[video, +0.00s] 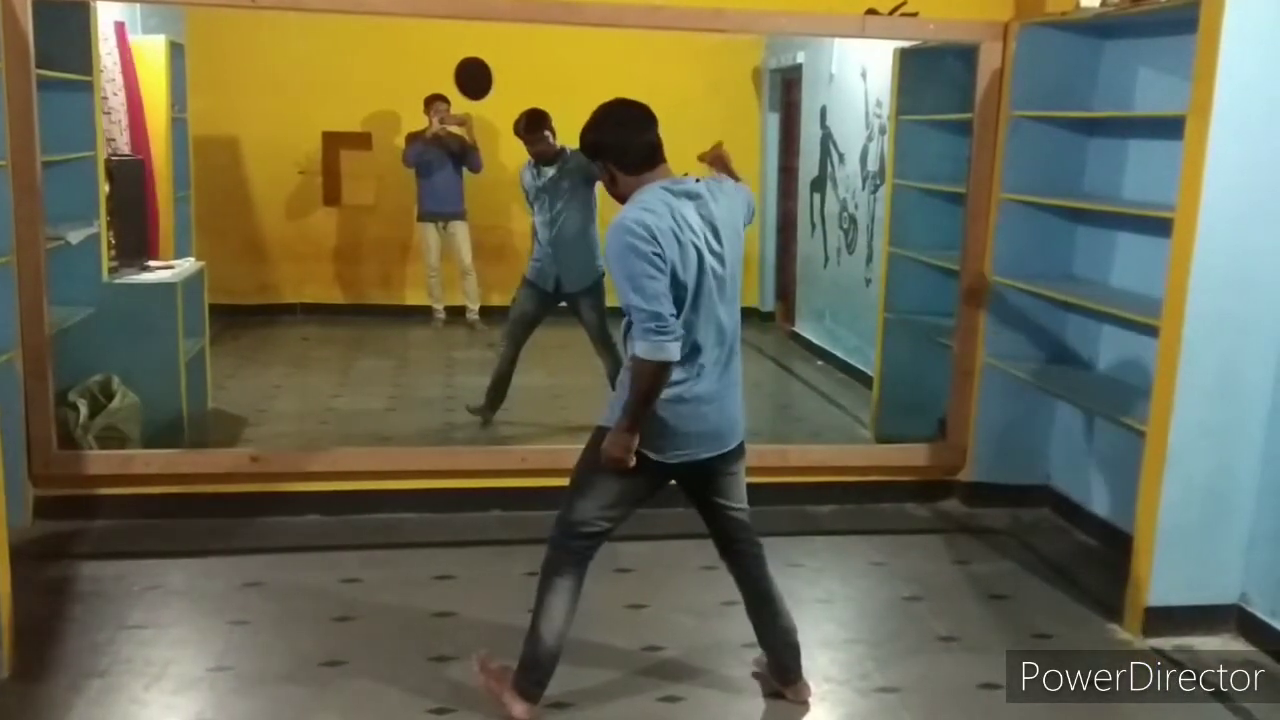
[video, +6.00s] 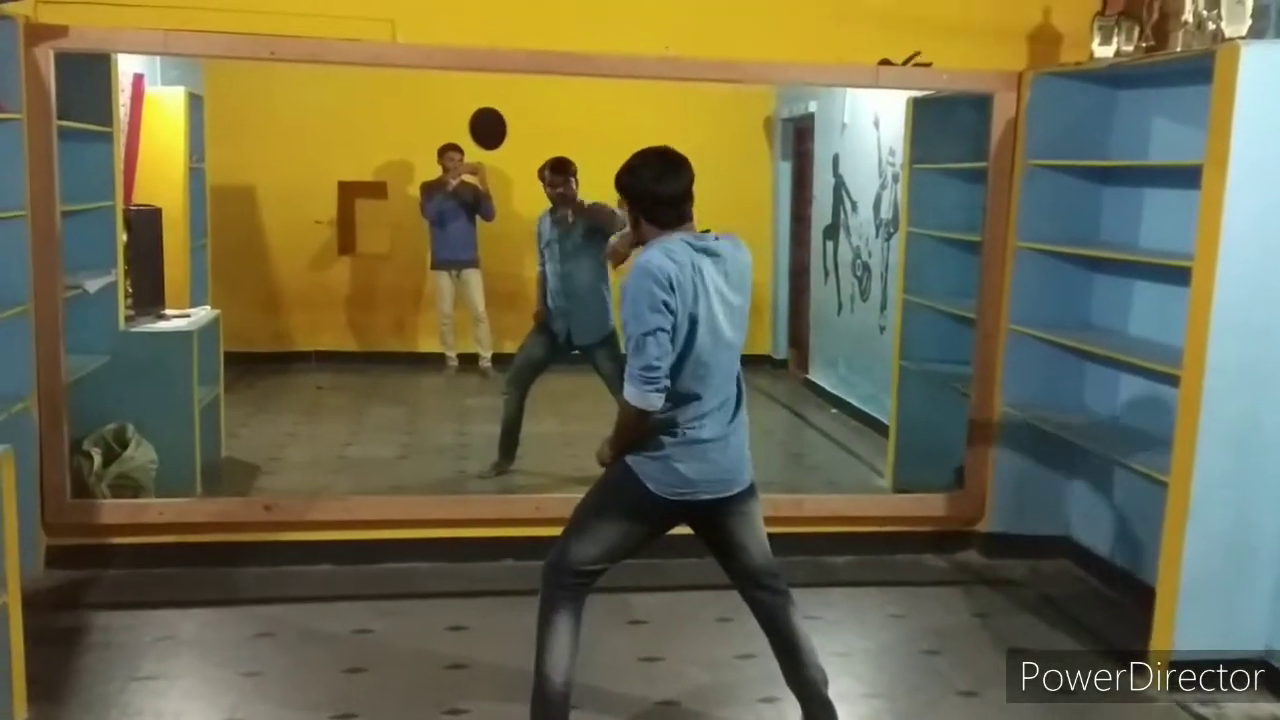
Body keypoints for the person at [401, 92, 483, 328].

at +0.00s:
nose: (440, 116)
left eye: (444, 111)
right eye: (436, 111)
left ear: (450, 114)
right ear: (427, 113)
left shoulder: (456, 140)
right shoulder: (417, 139)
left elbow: (475, 166)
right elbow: (409, 160)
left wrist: (469, 135)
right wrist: (429, 134)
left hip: (456, 213)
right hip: (428, 214)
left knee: (466, 265)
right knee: (432, 267)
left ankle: (473, 313)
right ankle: (438, 312)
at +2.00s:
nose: (440, 111)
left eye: (444, 107)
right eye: (436, 106)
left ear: (450, 110)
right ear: (427, 109)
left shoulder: (456, 137)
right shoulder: (417, 135)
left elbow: (475, 163)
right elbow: (414, 161)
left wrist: (469, 132)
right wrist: (435, 135)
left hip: (455, 210)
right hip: (428, 211)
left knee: (466, 263)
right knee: (432, 265)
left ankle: (473, 311)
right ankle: (438, 310)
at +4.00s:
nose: (437, 106)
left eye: (441, 101)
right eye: (432, 101)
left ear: (447, 104)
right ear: (424, 103)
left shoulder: (454, 131)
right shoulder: (413, 129)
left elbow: (473, 158)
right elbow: (412, 156)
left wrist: (467, 126)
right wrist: (432, 130)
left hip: (453, 204)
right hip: (426, 205)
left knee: (465, 258)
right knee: (430, 259)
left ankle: (471, 305)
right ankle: (436, 304)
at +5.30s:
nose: (441, 138)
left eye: (446, 133)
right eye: (437, 133)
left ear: (451, 136)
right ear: (429, 135)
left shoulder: (458, 162)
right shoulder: (418, 161)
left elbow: (477, 188)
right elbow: (417, 187)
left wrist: (471, 157)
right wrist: (436, 161)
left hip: (457, 234)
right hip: (430, 236)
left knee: (468, 287)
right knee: (434, 288)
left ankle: (474, 334)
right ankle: (439, 333)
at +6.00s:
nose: (454, 164)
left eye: (458, 160)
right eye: (449, 160)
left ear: (463, 163)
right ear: (441, 162)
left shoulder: (470, 189)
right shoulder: (430, 187)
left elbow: (488, 215)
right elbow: (428, 213)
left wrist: (483, 185)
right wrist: (449, 187)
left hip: (468, 260)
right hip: (441, 262)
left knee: (479, 312)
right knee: (445, 314)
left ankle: (485, 360)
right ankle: (450, 359)